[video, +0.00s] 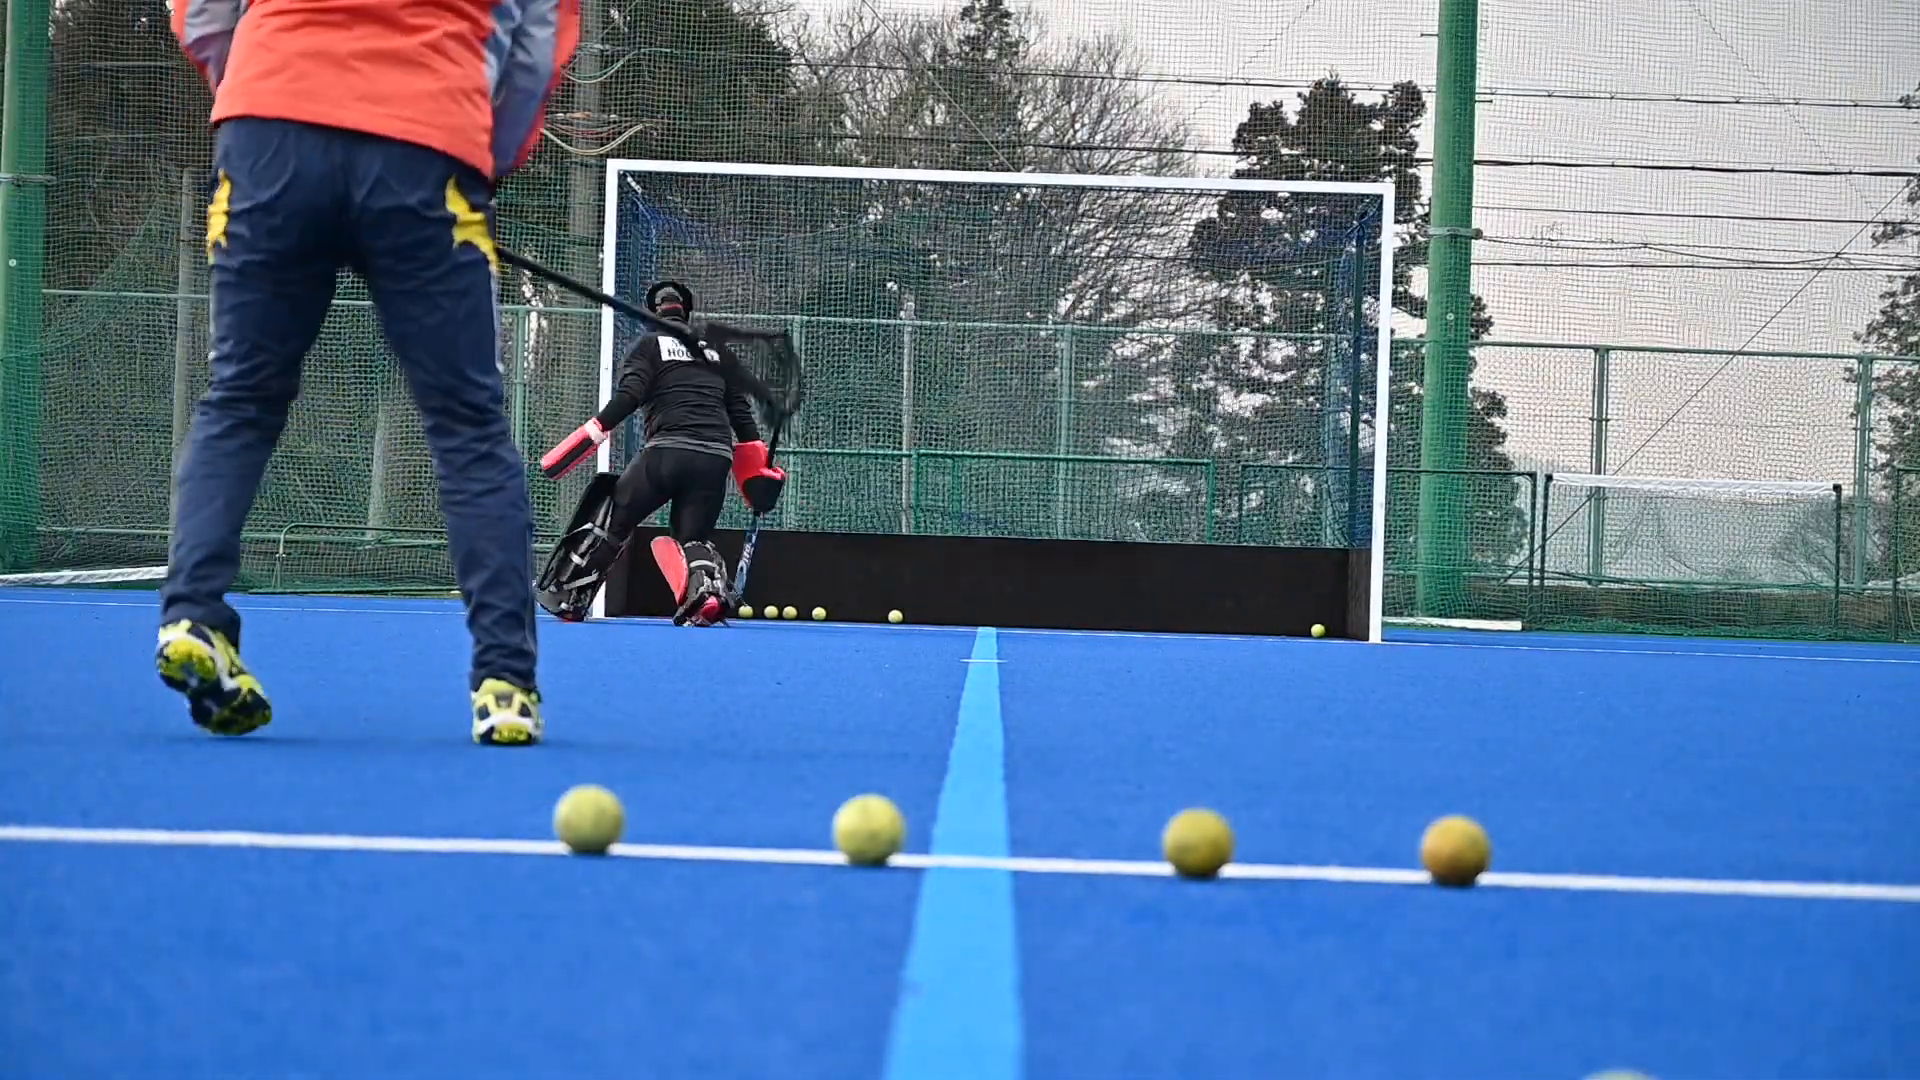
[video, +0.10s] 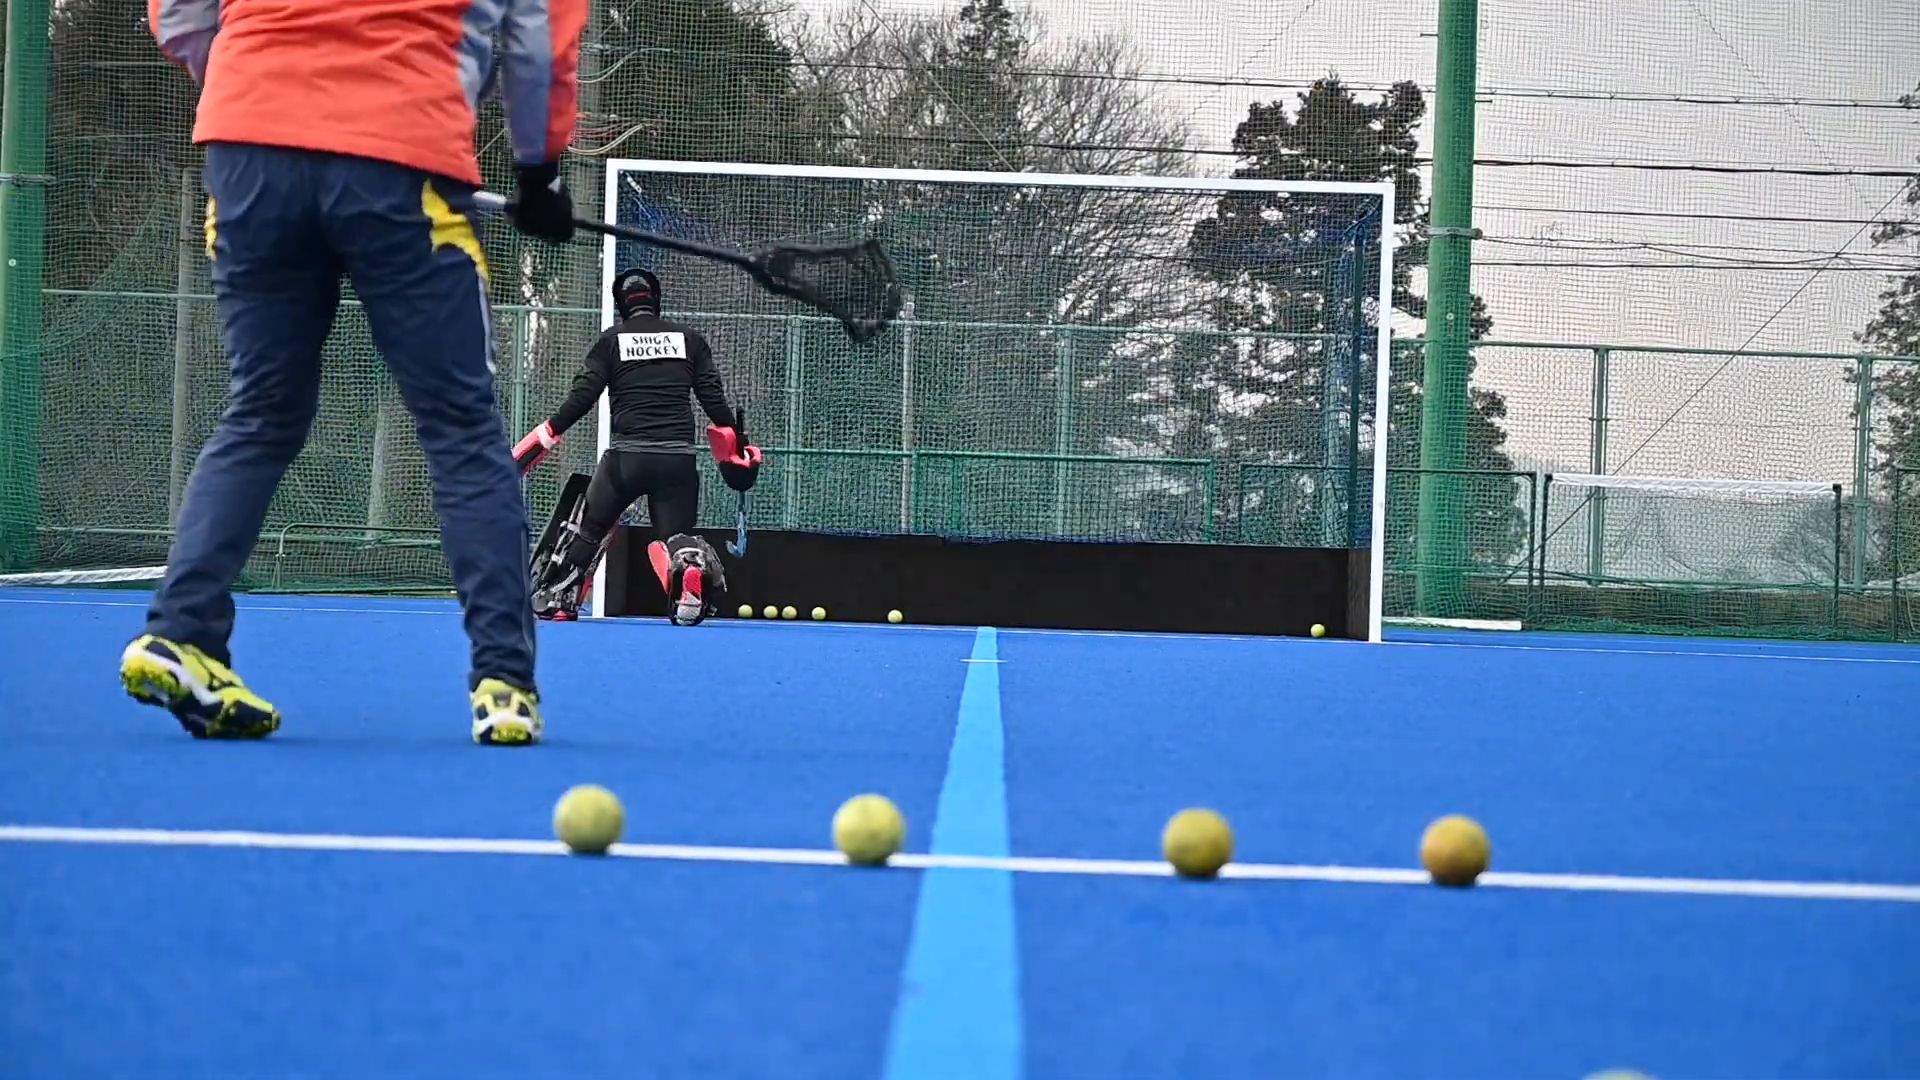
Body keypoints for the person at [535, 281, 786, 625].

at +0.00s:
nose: (668, 307)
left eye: (666, 303)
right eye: (669, 302)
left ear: (653, 312)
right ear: (688, 311)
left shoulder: (649, 343)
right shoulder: (716, 349)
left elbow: (631, 394)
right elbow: (739, 408)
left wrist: (588, 434)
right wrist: (757, 465)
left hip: (668, 451)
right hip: (715, 459)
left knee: (616, 520)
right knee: (694, 539)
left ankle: (575, 596)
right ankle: (708, 590)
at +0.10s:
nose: (631, 301)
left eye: (626, 297)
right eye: (642, 294)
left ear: (620, 303)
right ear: (657, 300)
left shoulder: (612, 340)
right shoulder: (689, 337)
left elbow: (583, 396)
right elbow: (712, 395)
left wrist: (547, 433)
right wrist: (733, 439)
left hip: (627, 460)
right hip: (679, 462)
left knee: (590, 531)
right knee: (679, 537)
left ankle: (559, 602)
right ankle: (691, 564)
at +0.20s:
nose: (626, 293)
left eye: (606, 289)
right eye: (629, 288)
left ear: (596, 297)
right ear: (633, 292)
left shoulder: (582, 335)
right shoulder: (662, 330)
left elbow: (553, 392)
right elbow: (685, 389)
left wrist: (520, 434)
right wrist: (717, 425)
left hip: (603, 453)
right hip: (654, 455)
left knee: (579, 527)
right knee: (661, 526)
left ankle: (558, 599)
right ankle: (658, 564)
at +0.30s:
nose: (622, 285)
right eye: (622, 279)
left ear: (583, 287)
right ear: (619, 283)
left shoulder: (563, 328)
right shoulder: (641, 324)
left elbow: (540, 384)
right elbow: (663, 382)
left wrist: (528, 419)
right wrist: (706, 405)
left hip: (589, 449)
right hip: (638, 449)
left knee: (574, 523)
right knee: (657, 512)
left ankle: (555, 597)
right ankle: (641, 580)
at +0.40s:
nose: (619, 284)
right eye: (617, 278)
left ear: (575, 282)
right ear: (612, 280)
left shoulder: (550, 322)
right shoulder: (624, 317)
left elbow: (545, 380)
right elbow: (642, 375)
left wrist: (554, 398)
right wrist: (684, 391)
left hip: (579, 444)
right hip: (629, 441)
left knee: (568, 522)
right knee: (653, 502)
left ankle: (554, 599)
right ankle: (668, 581)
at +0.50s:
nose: (618, 279)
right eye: (613, 270)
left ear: (570, 277)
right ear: (607, 275)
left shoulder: (547, 318)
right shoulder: (618, 312)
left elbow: (550, 367)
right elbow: (623, 362)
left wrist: (588, 371)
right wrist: (667, 378)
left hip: (576, 437)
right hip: (625, 433)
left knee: (567, 518)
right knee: (655, 495)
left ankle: (551, 598)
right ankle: (679, 545)